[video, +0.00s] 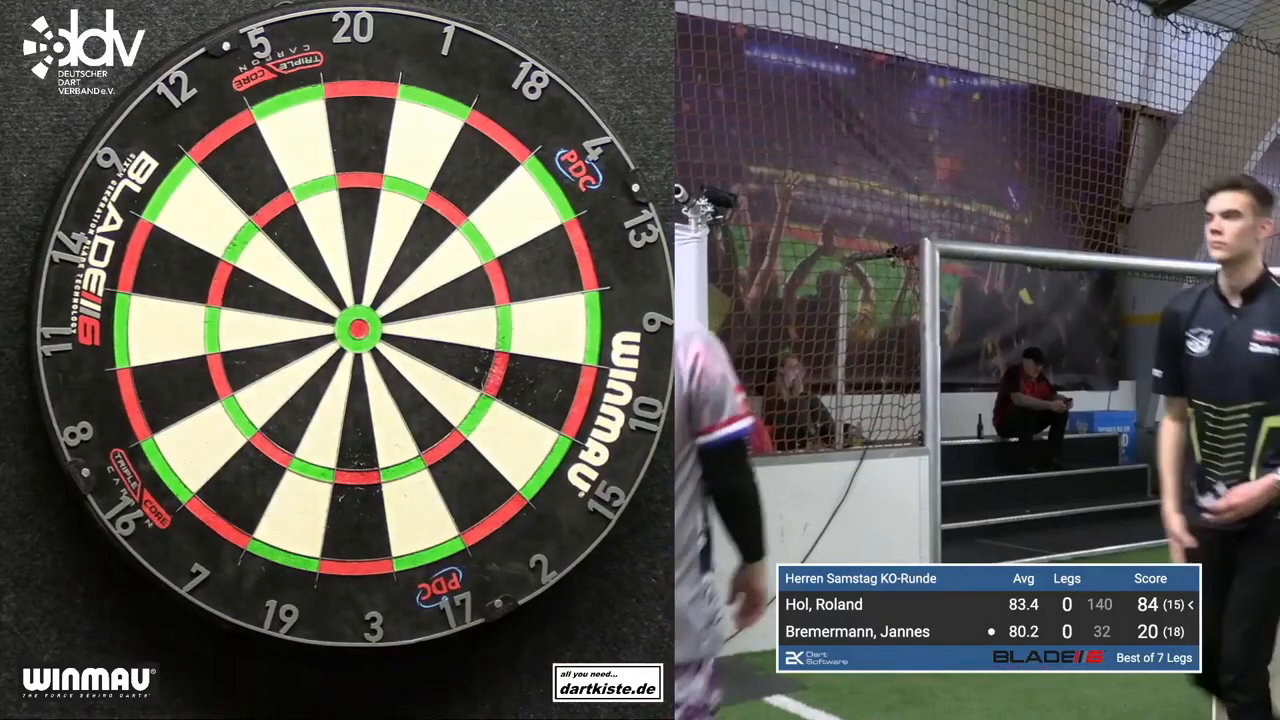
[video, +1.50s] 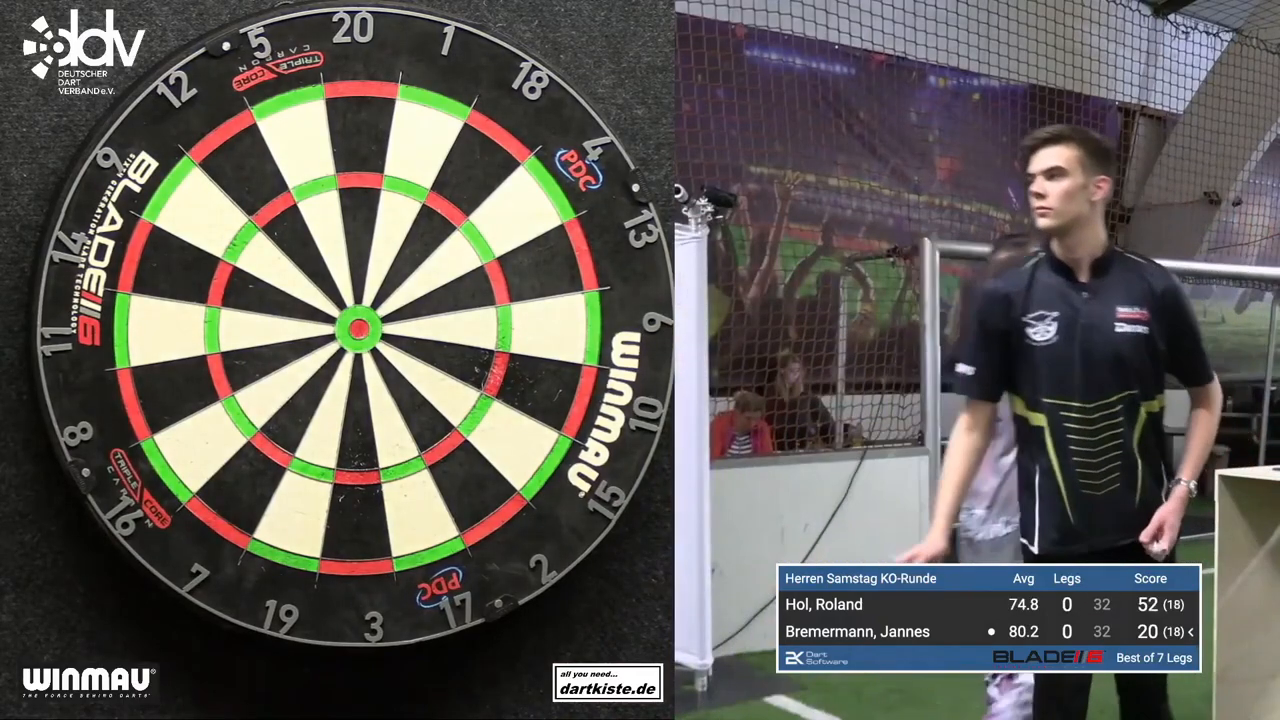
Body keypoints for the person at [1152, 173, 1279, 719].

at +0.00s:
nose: (1215, 228)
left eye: (1231, 216)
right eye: (1210, 218)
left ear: (1265, 229)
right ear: (1205, 229)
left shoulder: (1278, 309)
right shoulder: (1183, 311)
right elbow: (1173, 416)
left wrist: (1268, 488)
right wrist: (1171, 506)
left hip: (1268, 521)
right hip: (1204, 521)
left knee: (1241, 672)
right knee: (1207, 666)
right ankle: (1248, 706)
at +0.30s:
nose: (1171, 214)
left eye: (1187, 203)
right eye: (1166, 205)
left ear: (1224, 215)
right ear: (1160, 216)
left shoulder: (1261, 306)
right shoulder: (1142, 305)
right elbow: (1117, 411)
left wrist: (1228, 486)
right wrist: (1106, 499)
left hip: (1233, 526)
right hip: (1152, 524)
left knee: (1220, 676)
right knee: (1140, 675)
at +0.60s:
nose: (1127, 210)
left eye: (1143, 199)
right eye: (1122, 200)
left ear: (1182, 210)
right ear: (1116, 211)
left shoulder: (1221, 310)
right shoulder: (1088, 303)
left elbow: (1261, 428)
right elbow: (1052, 411)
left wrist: (1178, 488)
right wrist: (1083, 482)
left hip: (1183, 538)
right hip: (1099, 534)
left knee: (1177, 694)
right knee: (1099, 693)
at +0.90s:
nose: (1104, 202)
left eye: (1121, 190)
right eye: (1100, 192)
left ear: (1162, 202)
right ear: (1094, 203)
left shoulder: (1205, 304)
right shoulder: (1063, 300)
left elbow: (1239, 421)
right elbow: (1029, 409)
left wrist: (1181, 495)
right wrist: (1051, 493)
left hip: (1170, 546)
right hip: (1085, 543)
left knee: (1156, 700)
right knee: (1097, 699)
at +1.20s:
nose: (1089, 197)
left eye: (1105, 184)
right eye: (1084, 187)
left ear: (1148, 197)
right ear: (1078, 199)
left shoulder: (1194, 299)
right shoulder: (1049, 296)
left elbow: (1235, 412)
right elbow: (1018, 409)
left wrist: (1190, 497)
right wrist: (1009, 503)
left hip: (1161, 536)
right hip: (1074, 534)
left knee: (1146, 696)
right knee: (1074, 696)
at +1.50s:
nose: (1036, 190)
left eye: (1053, 176)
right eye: (1031, 180)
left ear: (1100, 188)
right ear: (1027, 193)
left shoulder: (1154, 289)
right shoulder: (1007, 296)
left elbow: (1207, 397)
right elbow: (974, 424)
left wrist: (1180, 495)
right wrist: (939, 530)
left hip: (1141, 534)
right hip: (1052, 538)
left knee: (1147, 698)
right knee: (1058, 702)